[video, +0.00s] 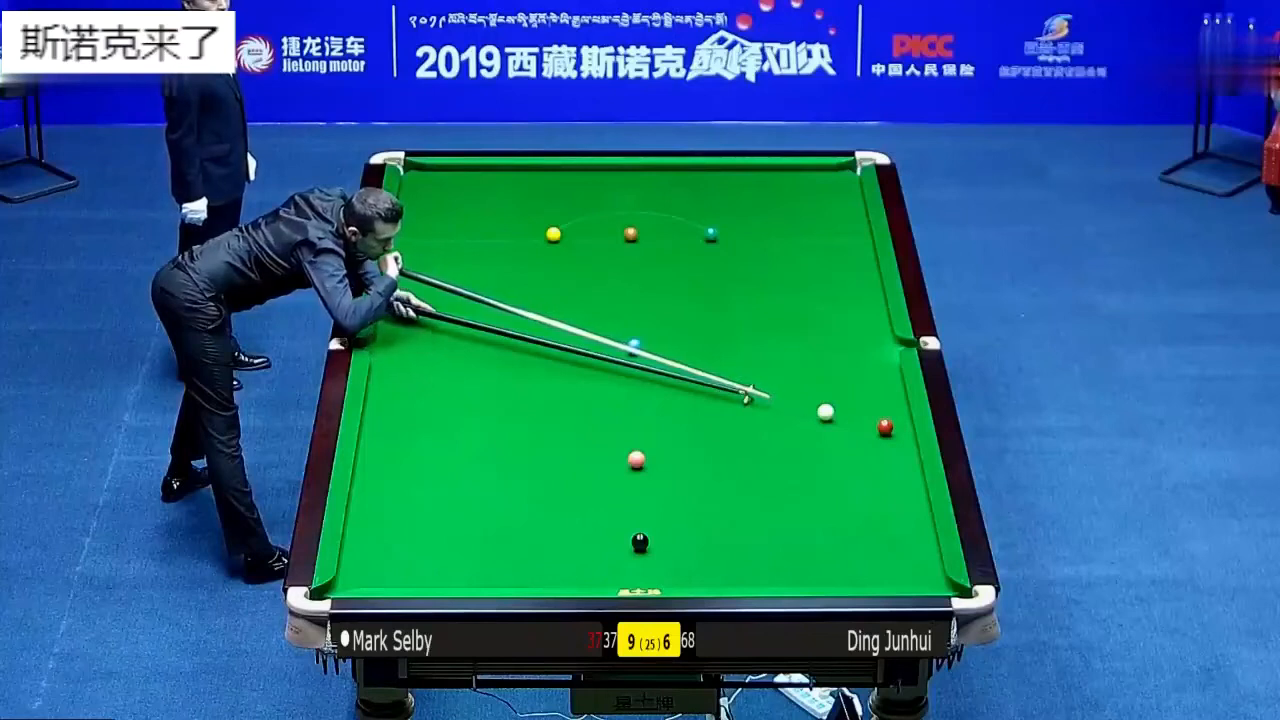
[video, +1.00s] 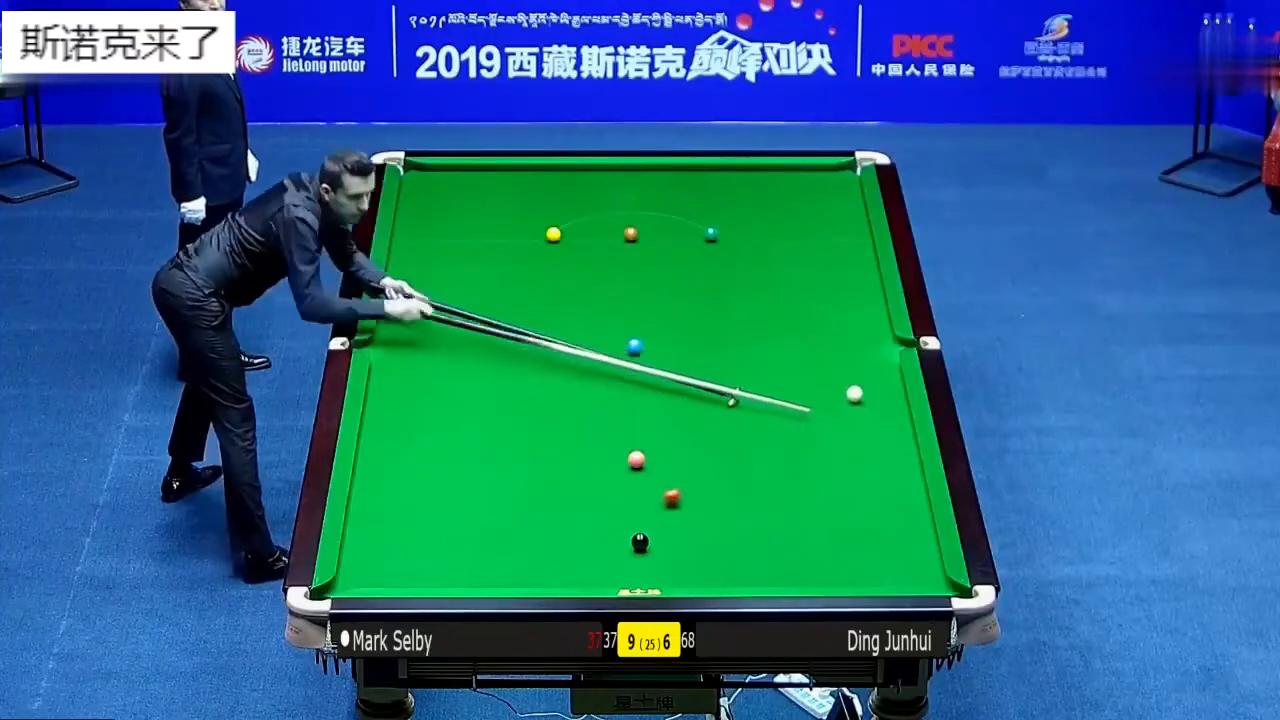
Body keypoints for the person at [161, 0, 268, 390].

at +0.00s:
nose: (225, 9)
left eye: (225, 4)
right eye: (216, 3)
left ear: (221, 10)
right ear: (192, 7)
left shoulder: (217, 54)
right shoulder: (184, 66)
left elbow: (227, 114)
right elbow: (181, 135)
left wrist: (243, 154)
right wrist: (191, 195)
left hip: (227, 183)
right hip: (205, 190)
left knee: (220, 268)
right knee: (203, 274)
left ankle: (218, 346)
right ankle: (208, 353)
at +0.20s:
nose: (224, 9)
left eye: (224, 4)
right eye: (215, 3)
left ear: (220, 10)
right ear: (191, 7)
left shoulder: (217, 54)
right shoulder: (184, 66)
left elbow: (228, 113)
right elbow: (181, 136)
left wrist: (242, 154)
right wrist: (191, 195)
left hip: (227, 184)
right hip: (205, 191)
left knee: (220, 268)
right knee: (203, 274)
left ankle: (218, 347)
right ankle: (210, 353)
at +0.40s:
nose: (223, 9)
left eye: (224, 4)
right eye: (214, 4)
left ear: (220, 11)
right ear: (190, 7)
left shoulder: (217, 56)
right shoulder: (185, 67)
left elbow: (228, 114)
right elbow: (181, 136)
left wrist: (242, 153)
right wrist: (191, 195)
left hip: (227, 185)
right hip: (205, 191)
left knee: (220, 269)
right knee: (203, 274)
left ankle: (219, 347)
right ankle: (208, 354)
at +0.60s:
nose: (223, 9)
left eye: (223, 4)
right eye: (214, 3)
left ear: (221, 10)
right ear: (190, 7)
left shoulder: (216, 54)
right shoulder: (185, 65)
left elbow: (227, 114)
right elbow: (181, 135)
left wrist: (242, 153)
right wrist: (191, 195)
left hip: (227, 184)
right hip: (206, 190)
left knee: (220, 267)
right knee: (205, 273)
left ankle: (218, 348)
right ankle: (211, 354)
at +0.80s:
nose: (221, 9)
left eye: (222, 4)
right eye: (212, 4)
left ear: (220, 9)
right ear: (189, 7)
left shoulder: (216, 52)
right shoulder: (183, 64)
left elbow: (228, 113)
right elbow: (180, 136)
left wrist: (243, 153)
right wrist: (190, 195)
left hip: (227, 183)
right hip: (206, 190)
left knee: (219, 270)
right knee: (202, 275)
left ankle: (218, 347)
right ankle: (204, 356)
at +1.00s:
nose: (220, 9)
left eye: (221, 4)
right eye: (211, 3)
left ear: (219, 9)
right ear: (188, 7)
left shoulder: (216, 52)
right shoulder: (182, 64)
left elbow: (227, 113)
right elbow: (180, 136)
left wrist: (243, 154)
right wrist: (190, 195)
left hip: (228, 184)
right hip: (205, 191)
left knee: (219, 272)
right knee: (201, 277)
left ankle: (218, 351)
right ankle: (202, 358)